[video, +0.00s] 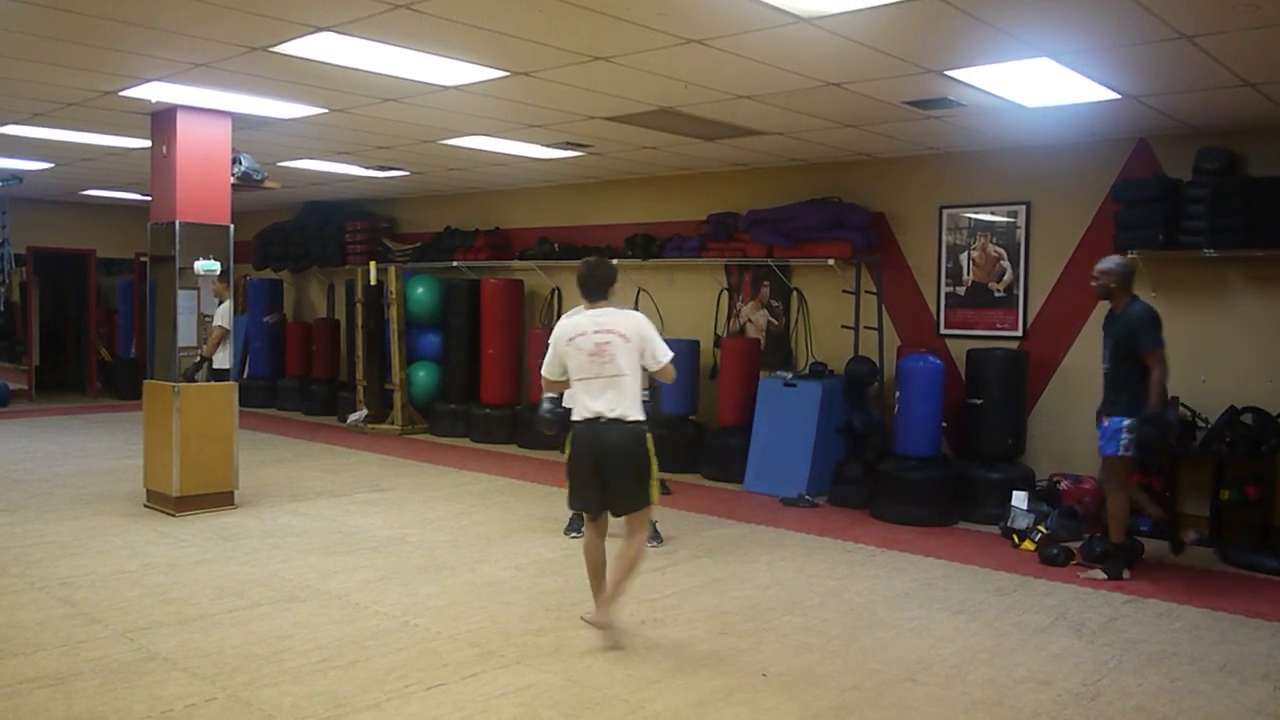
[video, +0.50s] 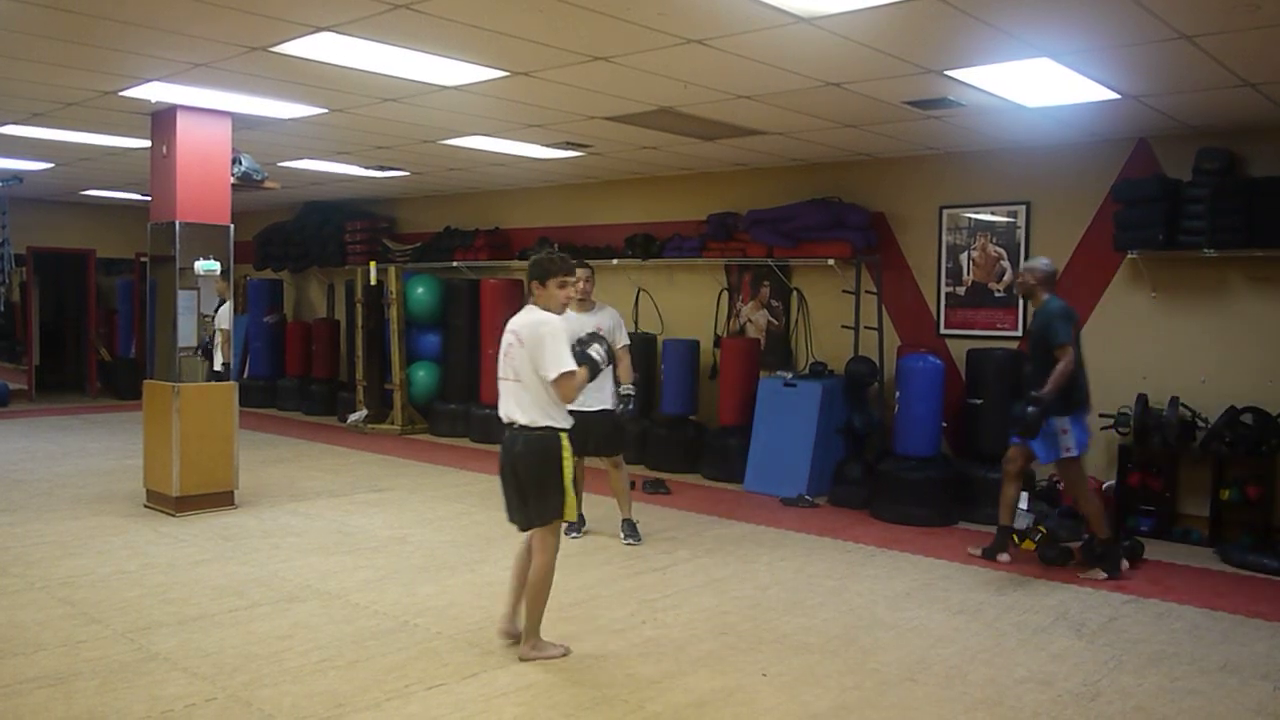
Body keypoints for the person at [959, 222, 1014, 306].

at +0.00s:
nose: (983, 241)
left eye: (986, 237)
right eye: (980, 237)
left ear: (990, 237)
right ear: (976, 237)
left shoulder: (999, 252)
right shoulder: (971, 253)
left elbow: (1009, 272)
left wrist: (1001, 286)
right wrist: (967, 278)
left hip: (990, 287)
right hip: (974, 286)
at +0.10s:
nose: (983, 241)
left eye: (986, 237)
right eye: (980, 237)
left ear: (990, 237)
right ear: (976, 238)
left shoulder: (999, 252)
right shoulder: (971, 252)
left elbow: (1009, 272)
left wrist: (1001, 286)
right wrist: (967, 277)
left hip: (990, 288)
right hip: (974, 286)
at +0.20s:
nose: (983, 241)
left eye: (986, 237)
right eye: (980, 237)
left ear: (990, 237)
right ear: (976, 238)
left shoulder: (999, 252)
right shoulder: (971, 252)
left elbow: (1009, 272)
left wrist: (1001, 286)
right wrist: (967, 277)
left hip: (990, 288)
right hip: (974, 287)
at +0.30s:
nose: (982, 241)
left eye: (986, 237)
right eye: (979, 237)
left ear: (990, 237)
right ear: (975, 238)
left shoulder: (998, 252)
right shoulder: (971, 252)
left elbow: (1009, 272)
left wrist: (1001, 286)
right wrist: (967, 277)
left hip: (990, 288)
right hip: (974, 286)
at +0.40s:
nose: (982, 241)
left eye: (985, 237)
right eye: (979, 237)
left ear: (990, 238)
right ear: (975, 238)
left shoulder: (998, 252)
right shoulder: (971, 253)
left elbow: (1009, 272)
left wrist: (1001, 286)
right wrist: (967, 278)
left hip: (990, 287)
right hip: (974, 286)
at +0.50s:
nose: (983, 241)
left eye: (986, 237)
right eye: (980, 237)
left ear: (990, 237)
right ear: (976, 238)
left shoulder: (999, 252)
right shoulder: (971, 252)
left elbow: (1009, 272)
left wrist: (1001, 286)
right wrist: (967, 277)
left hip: (991, 288)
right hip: (975, 286)